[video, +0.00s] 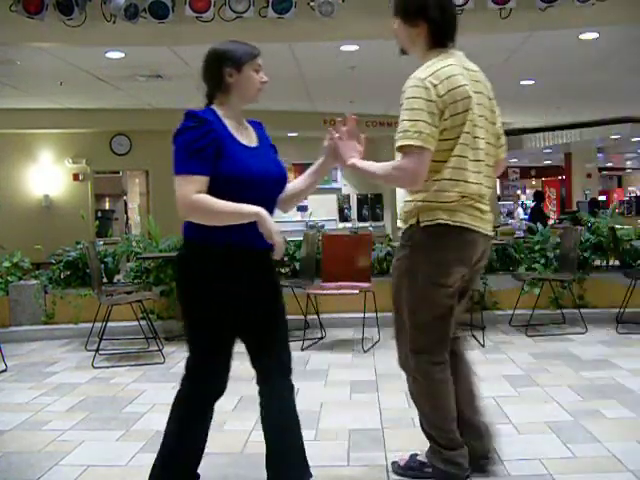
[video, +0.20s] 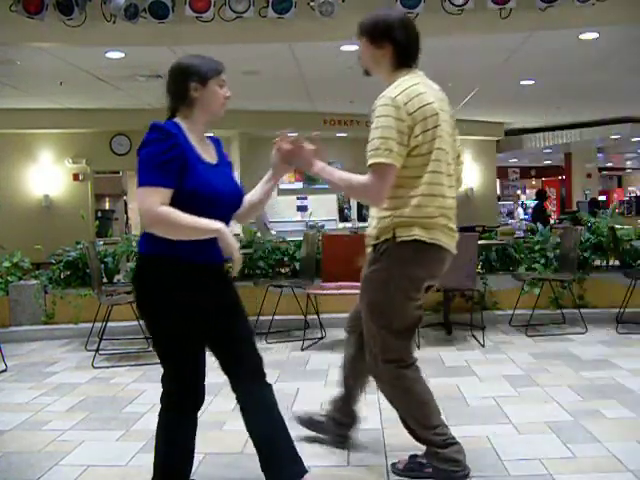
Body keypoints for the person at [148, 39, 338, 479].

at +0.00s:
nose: (264, 78)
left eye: (263, 70)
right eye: (257, 70)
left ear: (238, 76)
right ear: (230, 75)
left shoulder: (257, 130)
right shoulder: (199, 127)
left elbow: (282, 199)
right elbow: (187, 203)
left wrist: (327, 161)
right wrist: (256, 213)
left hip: (255, 263)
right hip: (208, 265)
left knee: (277, 377)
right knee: (205, 379)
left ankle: (291, 475)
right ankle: (171, 476)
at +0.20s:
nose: (229, 94)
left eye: (226, 85)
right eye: (221, 85)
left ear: (204, 91)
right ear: (195, 90)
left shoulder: (214, 147)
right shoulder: (164, 137)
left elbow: (238, 212)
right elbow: (151, 213)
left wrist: (277, 171)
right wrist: (217, 228)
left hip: (208, 272)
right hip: (167, 275)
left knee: (250, 378)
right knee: (183, 390)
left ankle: (287, 474)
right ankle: (170, 478)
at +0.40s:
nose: (195, 106)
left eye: (193, 97)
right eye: (188, 97)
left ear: (169, 102)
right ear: (165, 101)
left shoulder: (176, 155)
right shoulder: (133, 148)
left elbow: (191, 227)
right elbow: (119, 225)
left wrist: (237, 199)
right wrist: (183, 245)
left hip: (171, 276)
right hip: (133, 280)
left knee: (213, 369)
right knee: (174, 380)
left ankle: (206, 464)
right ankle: (174, 473)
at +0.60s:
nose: (159, 107)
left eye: (158, 99)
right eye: (155, 98)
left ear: (135, 101)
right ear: (133, 100)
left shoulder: (140, 149)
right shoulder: (105, 145)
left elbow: (160, 217)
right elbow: (93, 217)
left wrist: (209, 197)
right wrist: (154, 237)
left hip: (136, 271)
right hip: (110, 273)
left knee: (147, 370)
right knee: (152, 380)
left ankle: (98, 441)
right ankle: (165, 475)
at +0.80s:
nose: (125, 117)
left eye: (125, 110)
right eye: (122, 109)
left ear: (101, 110)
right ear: (102, 109)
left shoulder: (100, 154)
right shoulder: (78, 154)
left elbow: (127, 218)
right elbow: (74, 226)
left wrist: (176, 195)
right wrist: (133, 241)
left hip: (99, 277)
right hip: (82, 279)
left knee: (95, 370)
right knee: (128, 377)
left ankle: (68, 454)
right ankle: (160, 471)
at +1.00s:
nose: (93, 117)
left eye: (93, 110)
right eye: (89, 110)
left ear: (65, 113)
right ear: (70, 112)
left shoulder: (66, 153)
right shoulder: (50, 155)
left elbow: (94, 214)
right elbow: (50, 225)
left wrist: (142, 197)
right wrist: (105, 237)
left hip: (76, 272)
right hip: (59, 276)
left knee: (78, 364)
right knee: (100, 374)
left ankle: (65, 453)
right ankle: (128, 469)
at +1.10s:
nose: (83, 122)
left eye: (82, 114)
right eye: (79, 114)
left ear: (56, 116)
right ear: (61, 115)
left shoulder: (57, 158)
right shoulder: (39, 159)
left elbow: (84, 219)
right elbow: (41, 230)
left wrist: (130, 201)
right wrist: (93, 241)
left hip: (64, 275)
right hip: (46, 278)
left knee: (82, 360)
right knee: (98, 366)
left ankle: (66, 453)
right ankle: (107, 469)